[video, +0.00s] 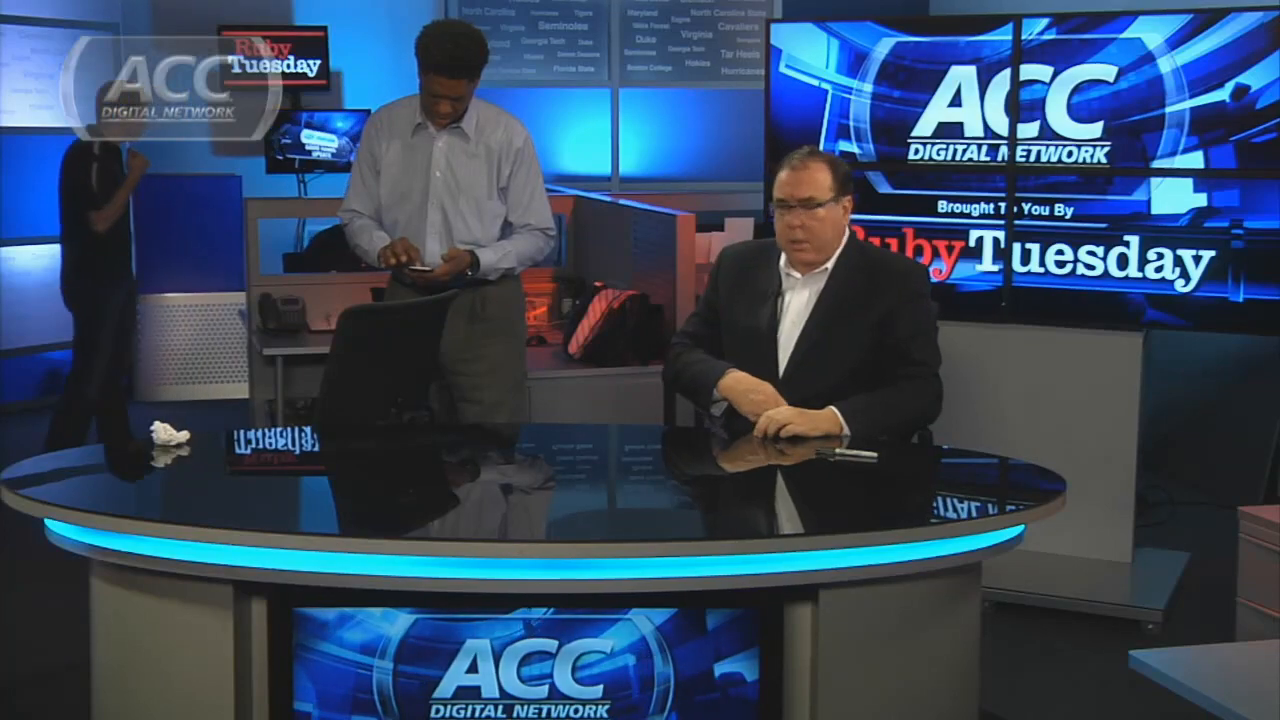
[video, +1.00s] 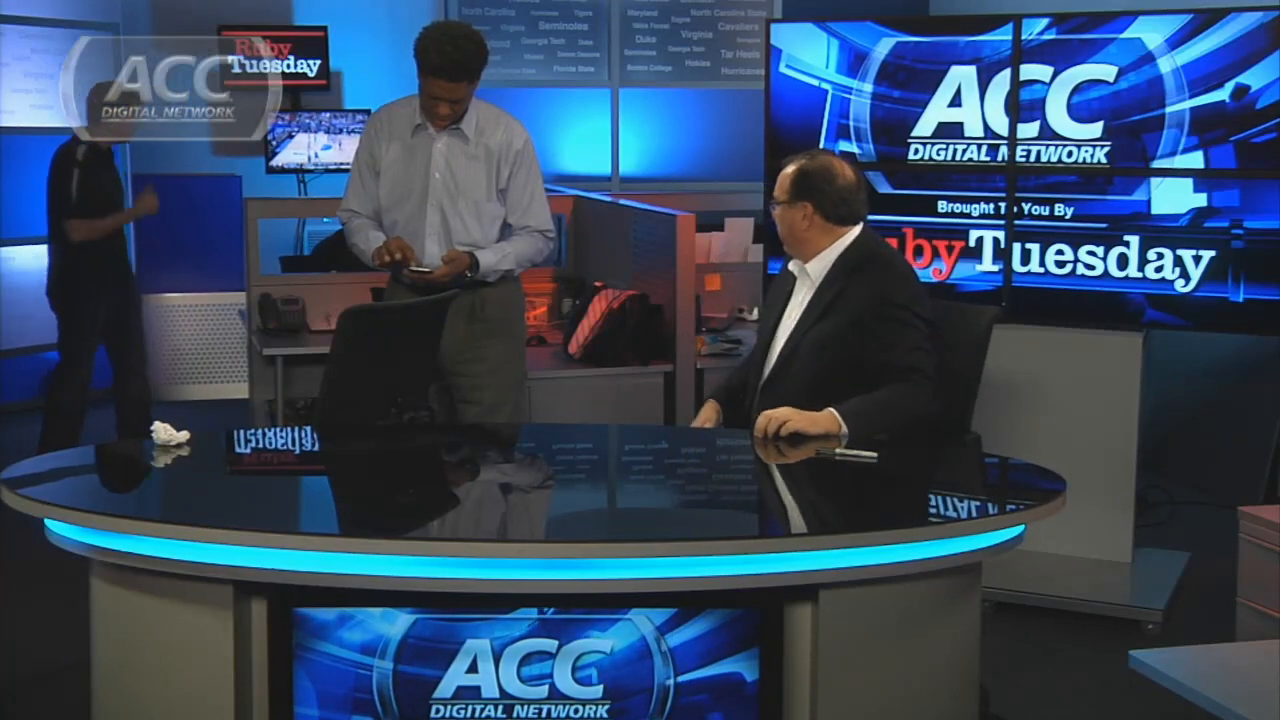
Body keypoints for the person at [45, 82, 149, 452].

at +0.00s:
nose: (140, 120)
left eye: (140, 113)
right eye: (133, 112)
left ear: (110, 112)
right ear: (112, 112)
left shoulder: (109, 155)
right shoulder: (86, 155)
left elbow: (106, 227)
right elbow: (99, 222)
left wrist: (121, 277)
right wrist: (133, 177)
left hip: (113, 279)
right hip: (92, 282)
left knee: (114, 370)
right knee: (93, 371)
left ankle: (123, 457)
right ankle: (59, 461)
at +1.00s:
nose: (134, 124)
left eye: (135, 115)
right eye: (128, 115)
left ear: (109, 117)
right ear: (107, 116)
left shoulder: (102, 157)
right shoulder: (72, 157)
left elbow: (98, 224)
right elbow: (74, 229)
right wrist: (134, 212)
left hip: (112, 282)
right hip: (79, 285)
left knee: (131, 370)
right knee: (75, 374)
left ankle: (135, 454)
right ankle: (53, 462)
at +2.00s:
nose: (180, 122)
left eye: (185, 114)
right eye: (172, 114)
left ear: (190, 117)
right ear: (153, 116)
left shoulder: (191, 161)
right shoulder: (122, 163)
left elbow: (197, 229)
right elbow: (98, 234)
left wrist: (208, 289)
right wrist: (100, 299)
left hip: (188, 291)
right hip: (141, 292)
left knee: (187, 382)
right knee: (152, 386)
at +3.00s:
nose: (290, 131)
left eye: (293, 123)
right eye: (283, 122)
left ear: (289, 125)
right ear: (259, 120)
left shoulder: (279, 165)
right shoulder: (217, 165)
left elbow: (276, 236)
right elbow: (191, 239)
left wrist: (285, 293)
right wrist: (225, 296)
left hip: (276, 304)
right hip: (231, 306)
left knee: (280, 396)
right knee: (230, 398)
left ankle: (276, 474)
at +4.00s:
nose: (433, 137)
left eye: (435, 129)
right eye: (427, 128)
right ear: (398, 123)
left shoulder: (410, 171)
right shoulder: (358, 171)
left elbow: (412, 256)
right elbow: (334, 254)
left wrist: (436, 316)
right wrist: (364, 316)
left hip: (412, 323)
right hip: (373, 326)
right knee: (368, 424)